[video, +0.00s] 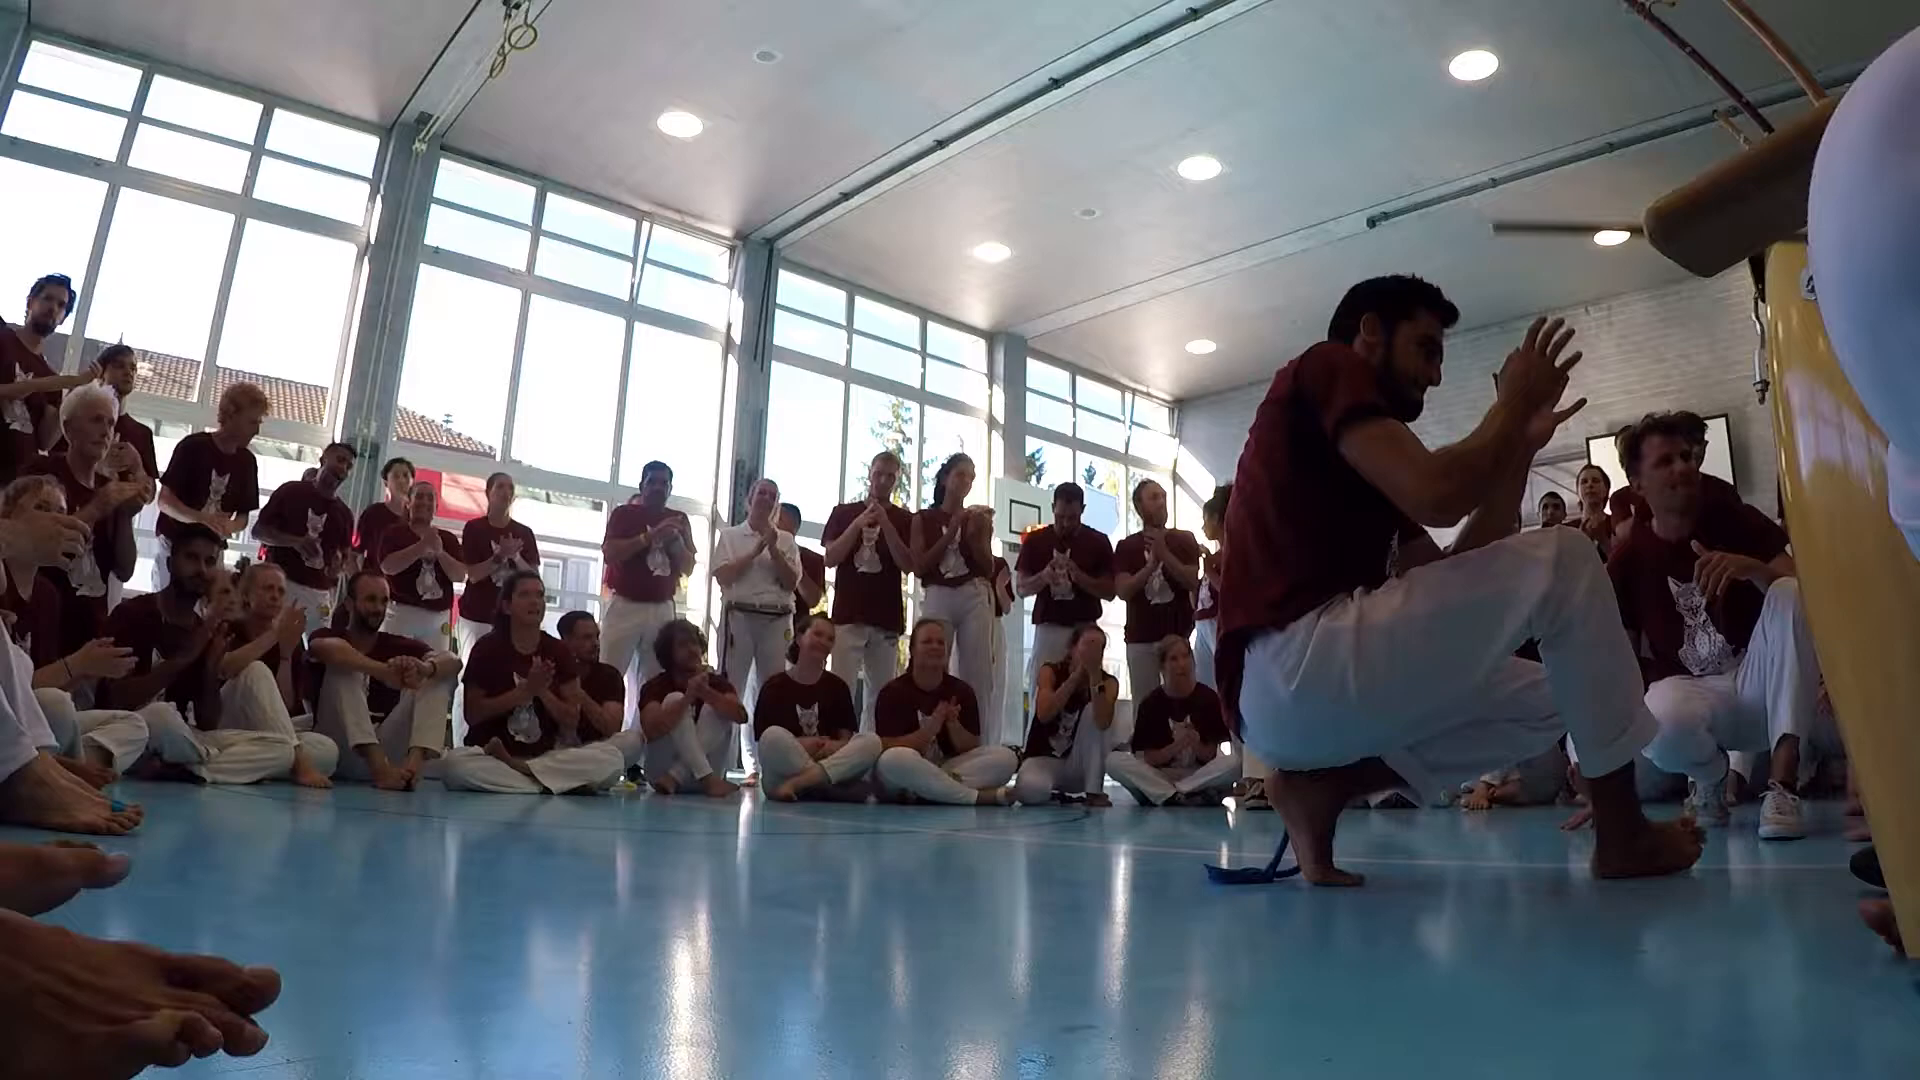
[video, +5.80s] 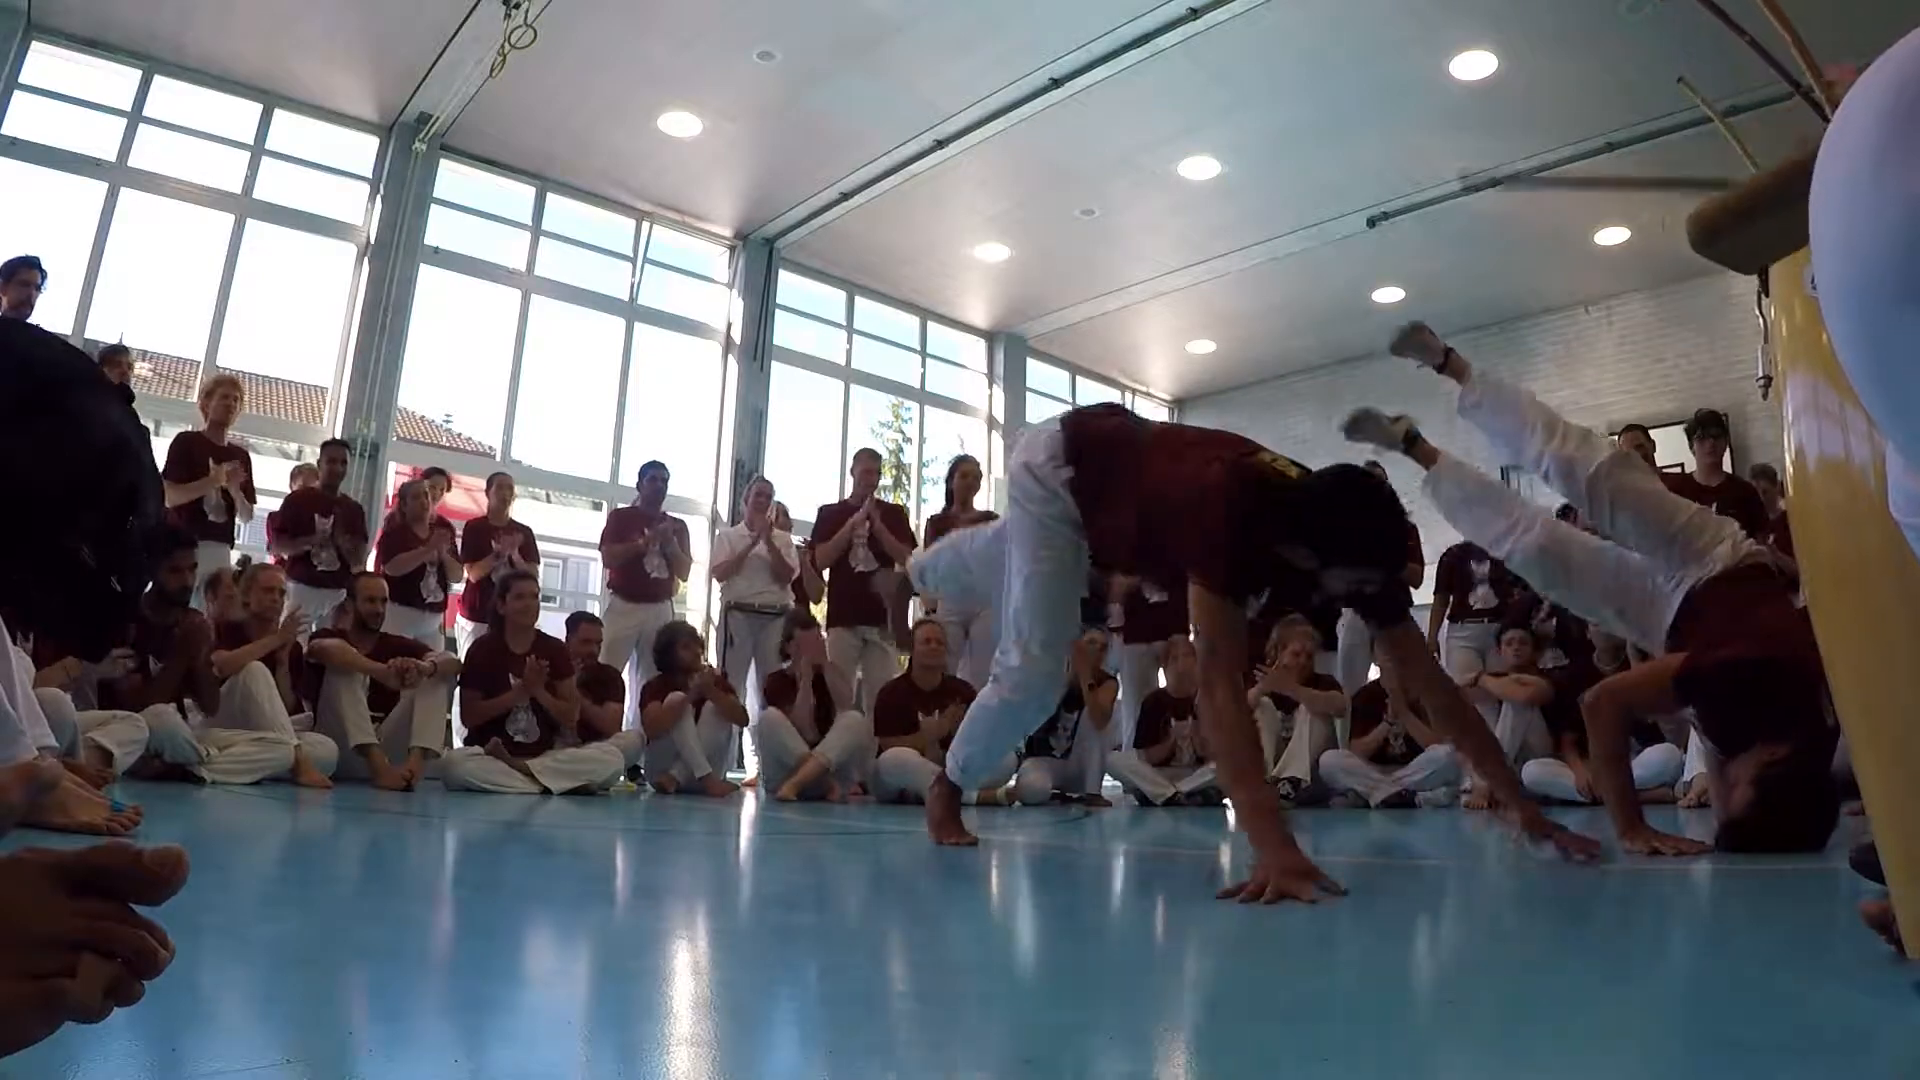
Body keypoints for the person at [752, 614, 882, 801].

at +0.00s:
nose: (823, 642)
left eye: (829, 640)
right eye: (817, 635)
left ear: (833, 648)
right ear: (799, 638)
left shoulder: (838, 687)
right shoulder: (774, 685)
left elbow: (846, 740)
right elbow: (764, 739)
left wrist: (832, 747)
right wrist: (806, 744)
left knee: (872, 742)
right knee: (772, 736)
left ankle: (796, 785)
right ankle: (835, 789)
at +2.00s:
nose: (820, 645)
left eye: (826, 640)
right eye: (814, 637)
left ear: (831, 646)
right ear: (797, 640)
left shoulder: (840, 685)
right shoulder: (777, 683)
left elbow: (846, 736)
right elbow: (764, 736)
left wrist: (833, 748)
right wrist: (806, 744)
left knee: (872, 742)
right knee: (772, 736)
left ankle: (796, 784)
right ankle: (835, 789)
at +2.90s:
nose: (817, 642)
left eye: (824, 638)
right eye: (811, 635)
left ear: (829, 645)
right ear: (796, 639)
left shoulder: (837, 685)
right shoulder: (774, 684)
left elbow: (848, 733)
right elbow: (764, 736)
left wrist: (826, 736)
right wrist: (801, 731)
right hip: (783, 776)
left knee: (865, 732)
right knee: (776, 728)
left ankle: (796, 784)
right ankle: (836, 789)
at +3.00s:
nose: (817, 644)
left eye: (823, 640)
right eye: (811, 636)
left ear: (828, 646)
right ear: (796, 639)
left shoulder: (836, 685)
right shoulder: (774, 683)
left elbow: (848, 731)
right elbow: (764, 733)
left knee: (863, 729)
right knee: (778, 723)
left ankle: (795, 784)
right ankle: (837, 788)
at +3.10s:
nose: (817, 644)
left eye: (823, 641)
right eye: (811, 637)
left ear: (828, 647)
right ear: (796, 639)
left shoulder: (835, 683)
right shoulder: (774, 682)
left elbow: (842, 733)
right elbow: (769, 733)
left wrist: (834, 710)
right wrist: (802, 713)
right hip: (784, 775)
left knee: (861, 725)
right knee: (780, 719)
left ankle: (795, 783)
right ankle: (835, 787)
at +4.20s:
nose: (823, 645)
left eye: (830, 640)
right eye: (817, 637)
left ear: (835, 646)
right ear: (801, 638)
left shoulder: (841, 680)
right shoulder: (782, 678)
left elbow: (854, 723)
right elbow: (778, 730)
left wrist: (833, 683)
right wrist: (816, 693)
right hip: (785, 776)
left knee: (866, 729)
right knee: (765, 722)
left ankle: (797, 784)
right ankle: (832, 785)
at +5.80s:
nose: (817, 646)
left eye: (819, 639)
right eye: (809, 642)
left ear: (822, 640)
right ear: (790, 647)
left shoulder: (833, 673)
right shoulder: (776, 681)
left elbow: (847, 705)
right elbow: (803, 732)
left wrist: (826, 663)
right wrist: (805, 680)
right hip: (787, 778)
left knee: (854, 720)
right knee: (769, 717)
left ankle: (794, 784)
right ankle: (829, 785)